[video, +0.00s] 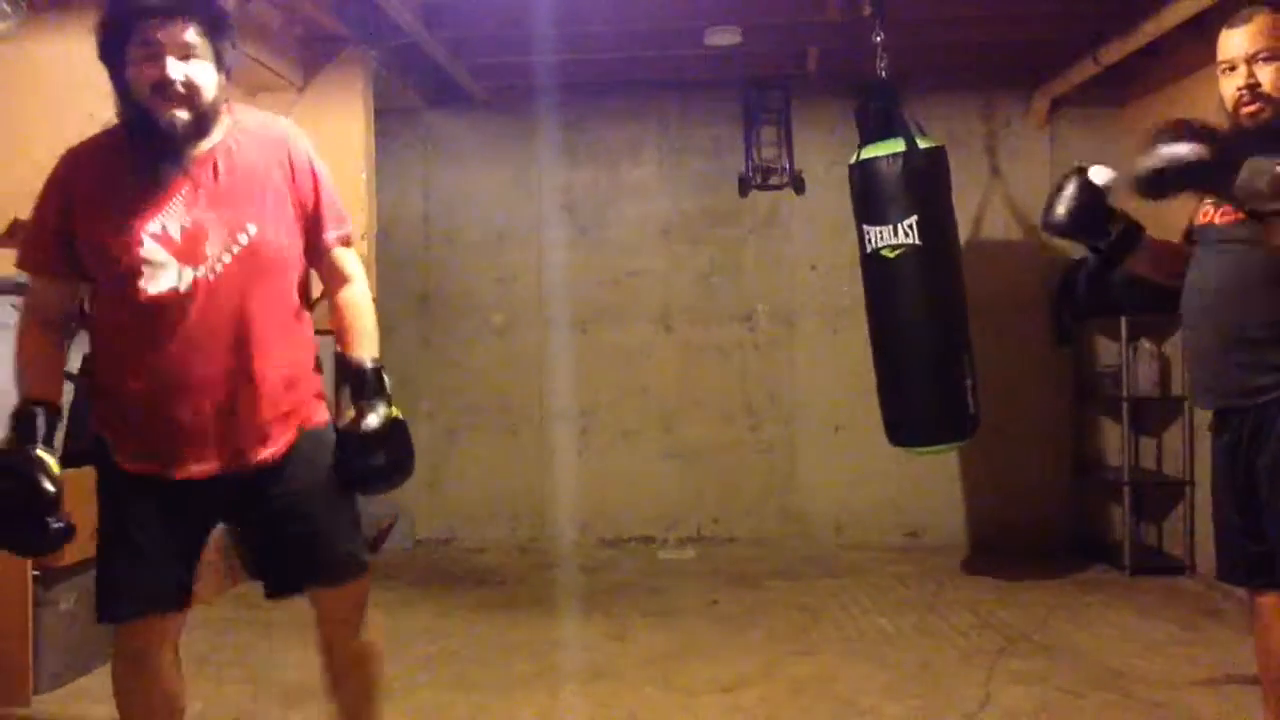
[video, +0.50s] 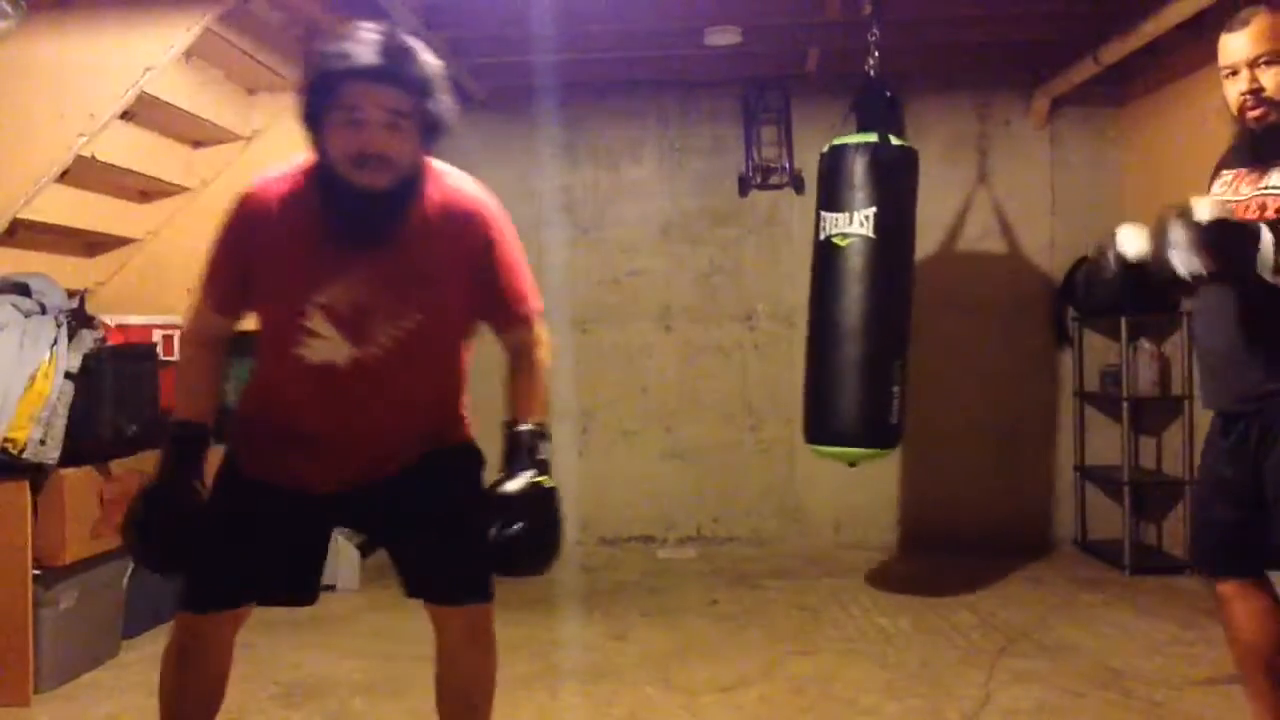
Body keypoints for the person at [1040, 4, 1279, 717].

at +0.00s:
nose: (1245, 80)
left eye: (1262, 61)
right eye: (1229, 69)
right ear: (1215, 83)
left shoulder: (1273, 164)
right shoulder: (1223, 170)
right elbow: (1196, 273)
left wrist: (1231, 173)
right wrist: (1114, 233)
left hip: (1275, 407)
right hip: (1236, 411)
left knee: (1271, 589)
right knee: (1262, 589)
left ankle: (1270, 704)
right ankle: (1270, 709)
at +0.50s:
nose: (1248, 85)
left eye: (1262, 66)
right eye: (1233, 72)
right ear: (1220, 80)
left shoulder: (1279, 169)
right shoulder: (1231, 169)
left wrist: (1257, 250)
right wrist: (1144, 256)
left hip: (1273, 406)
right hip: (1237, 410)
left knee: (1243, 573)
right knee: (1232, 573)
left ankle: (1265, 703)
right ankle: (1264, 707)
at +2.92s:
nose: (1133, 117)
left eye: (1146, 95)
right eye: (1123, 104)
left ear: (1200, 82)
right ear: (1118, 109)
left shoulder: (1243, 152)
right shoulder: (1180, 163)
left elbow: (1265, 286)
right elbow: (1176, 282)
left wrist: (1149, 275)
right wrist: (1106, 271)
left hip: (1244, 411)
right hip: (1213, 408)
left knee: (1235, 607)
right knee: (1245, 602)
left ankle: (1236, 715)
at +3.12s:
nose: (1187, 115)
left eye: (1203, 94)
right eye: (1177, 103)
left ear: (1256, 86)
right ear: (1171, 107)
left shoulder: (1268, 161)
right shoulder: (1211, 167)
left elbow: (1246, 274)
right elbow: (1137, 279)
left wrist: (1174, 183)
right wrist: (1120, 212)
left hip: (1262, 415)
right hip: (1230, 415)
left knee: (1250, 607)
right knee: (1249, 602)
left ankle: (1242, 715)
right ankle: (1250, 707)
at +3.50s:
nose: (1265, 119)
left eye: (1274, 101)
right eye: (1256, 107)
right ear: (1247, 117)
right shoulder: (1252, 211)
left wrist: (1225, 252)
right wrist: (1221, 258)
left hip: (1270, 422)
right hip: (1263, 421)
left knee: (1258, 602)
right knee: (1257, 600)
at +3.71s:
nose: (1269, 95)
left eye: (1273, 84)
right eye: (1268, 86)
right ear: (1265, 91)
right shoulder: (1259, 174)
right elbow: (1220, 282)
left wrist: (1262, 200)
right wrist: (1206, 221)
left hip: (1271, 415)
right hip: (1255, 416)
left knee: (1244, 589)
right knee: (1248, 588)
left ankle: (1250, 712)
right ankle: (1253, 706)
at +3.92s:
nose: (1256, 113)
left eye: (1268, 95)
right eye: (1249, 99)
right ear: (1244, 109)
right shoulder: (1258, 204)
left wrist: (1259, 245)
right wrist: (1202, 263)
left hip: (1266, 421)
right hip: (1253, 421)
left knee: (1236, 594)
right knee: (1240, 592)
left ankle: (1237, 711)